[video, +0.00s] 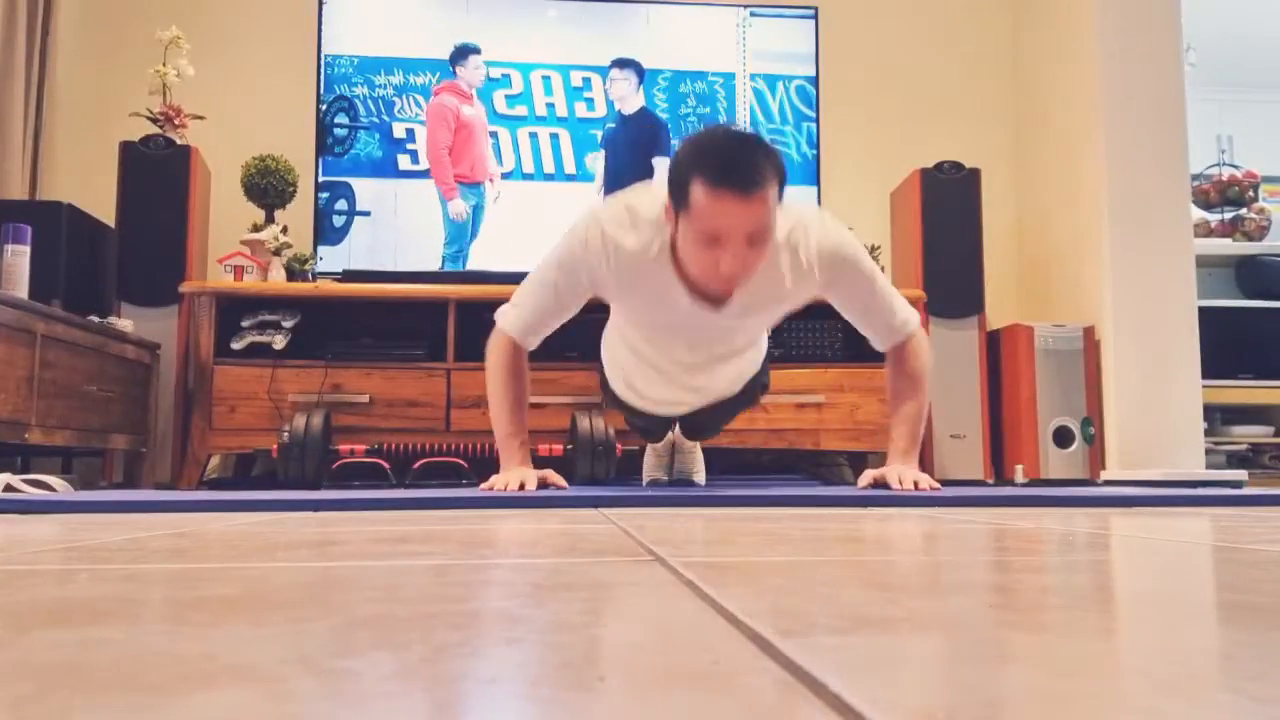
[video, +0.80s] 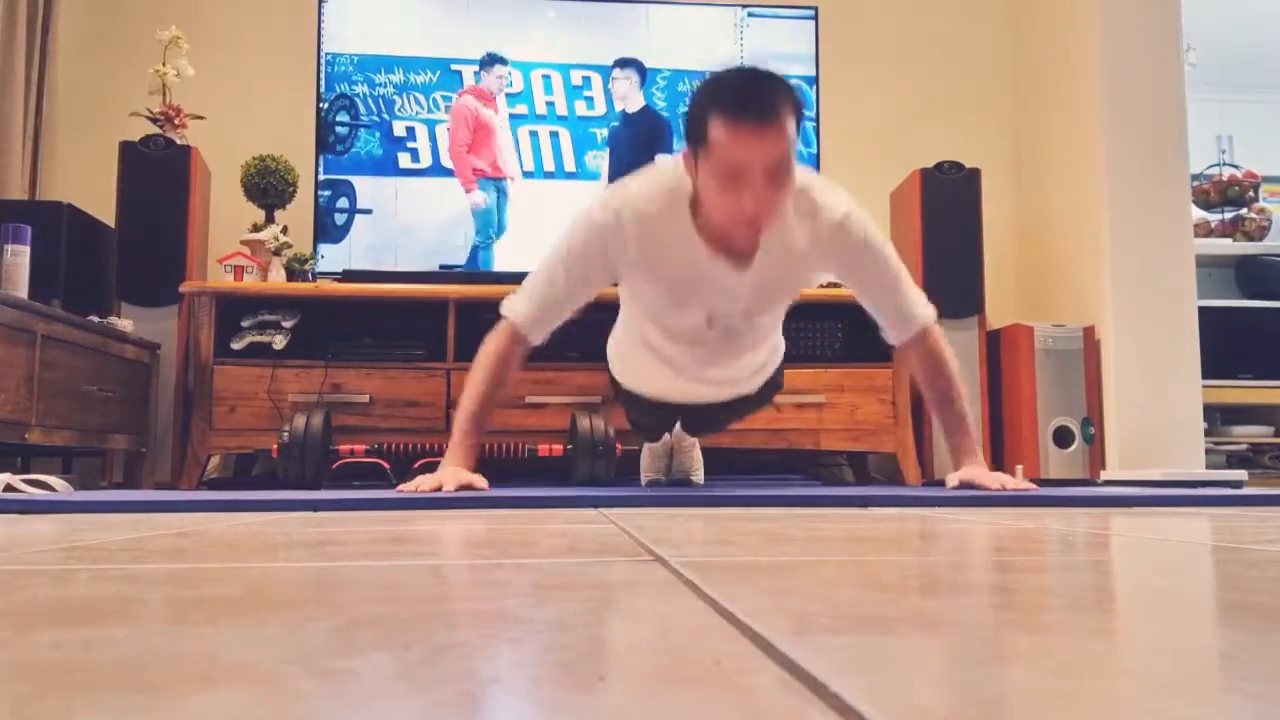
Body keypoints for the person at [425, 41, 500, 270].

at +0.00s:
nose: (483, 72)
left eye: (483, 67)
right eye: (477, 67)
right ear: (459, 70)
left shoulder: (475, 103)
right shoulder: (443, 103)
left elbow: (483, 144)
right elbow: (437, 153)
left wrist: (493, 172)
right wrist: (452, 197)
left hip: (478, 186)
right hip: (458, 187)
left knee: (465, 247)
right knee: (455, 250)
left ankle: (454, 295)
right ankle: (448, 297)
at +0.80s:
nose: (504, 83)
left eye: (506, 77)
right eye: (499, 77)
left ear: (507, 77)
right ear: (483, 75)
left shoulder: (496, 105)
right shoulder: (466, 105)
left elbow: (501, 144)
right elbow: (457, 150)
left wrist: (509, 172)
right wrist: (471, 188)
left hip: (500, 178)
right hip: (481, 179)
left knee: (499, 229)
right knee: (486, 235)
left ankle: (468, 272)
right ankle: (486, 285)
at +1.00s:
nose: (508, 81)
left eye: (510, 75)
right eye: (502, 75)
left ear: (511, 76)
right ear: (487, 74)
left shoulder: (508, 104)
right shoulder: (470, 105)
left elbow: (517, 140)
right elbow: (466, 150)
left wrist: (526, 165)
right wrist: (488, 186)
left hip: (511, 179)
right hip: (486, 181)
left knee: (523, 222)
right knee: (487, 235)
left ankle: (510, 274)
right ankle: (487, 284)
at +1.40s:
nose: (531, 81)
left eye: (535, 76)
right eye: (526, 75)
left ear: (539, 76)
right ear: (514, 73)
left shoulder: (544, 107)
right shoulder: (496, 103)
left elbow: (555, 144)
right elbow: (477, 139)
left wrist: (555, 177)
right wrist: (470, 176)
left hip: (535, 179)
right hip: (503, 178)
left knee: (539, 230)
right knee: (497, 230)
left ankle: (541, 277)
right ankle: (489, 278)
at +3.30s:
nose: (529, 67)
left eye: (532, 63)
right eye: (524, 62)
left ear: (534, 65)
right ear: (509, 63)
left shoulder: (540, 95)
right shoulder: (491, 96)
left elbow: (560, 128)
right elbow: (475, 132)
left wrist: (553, 138)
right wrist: (470, 169)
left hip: (535, 171)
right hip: (503, 171)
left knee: (532, 224)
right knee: (500, 224)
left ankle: (535, 271)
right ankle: (491, 270)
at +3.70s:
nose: (528, 70)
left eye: (530, 65)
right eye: (523, 65)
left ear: (532, 66)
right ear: (508, 64)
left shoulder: (537, 95)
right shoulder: (491, 95)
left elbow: (554, 127)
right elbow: (474, 129)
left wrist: (557, 128)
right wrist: (503, 144)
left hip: (536, 168)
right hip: (506, 169)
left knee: (532, 222)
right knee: (501, 222)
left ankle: (535, 268)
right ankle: (490, 266)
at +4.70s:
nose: (549, 74)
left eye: (551, 68)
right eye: (544, 68)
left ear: (552, 66)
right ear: (527, 66)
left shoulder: (553, 91)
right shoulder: (511, 96)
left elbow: (573, 101)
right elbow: (504, 135)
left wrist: (591, 107)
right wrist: (541, 147)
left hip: (545, 166)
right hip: (518, 167)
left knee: (539, 216)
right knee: (509, 215)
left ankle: (540, 263)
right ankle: (498, 259)